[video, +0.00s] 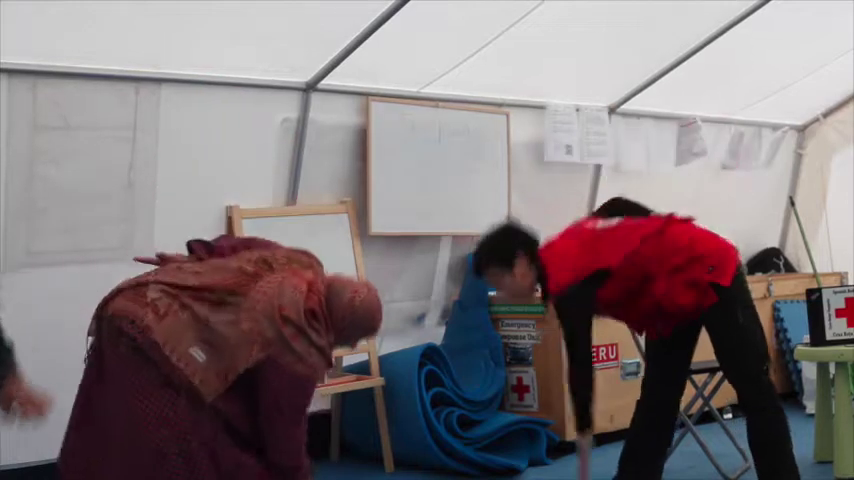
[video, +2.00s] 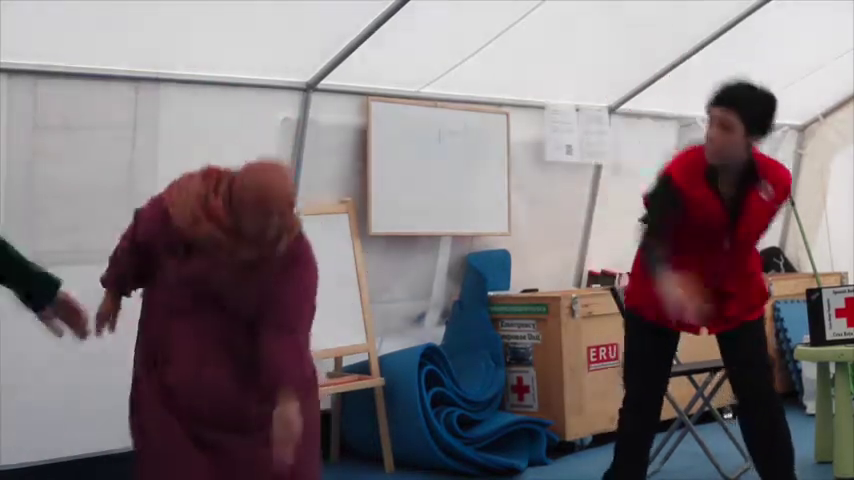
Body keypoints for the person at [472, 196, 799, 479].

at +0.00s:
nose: (500, 292)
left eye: (499, 282)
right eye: (494, 285)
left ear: (521, 265)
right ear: (522, 262)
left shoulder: (567, 277)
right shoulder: (561, 250)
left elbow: (580, 362)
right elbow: (616, 205)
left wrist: (584, 440)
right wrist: (665, 227)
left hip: (714, 276)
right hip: (671, 294)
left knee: (755, 390)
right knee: (656, 403)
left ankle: (780, 474)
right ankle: (635, 476)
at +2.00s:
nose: (711, 136)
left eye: (725, 128)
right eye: (710, 123)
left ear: (752, 137)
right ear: (706, 123)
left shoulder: (775, 181)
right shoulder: (680, 175)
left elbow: (744, 236)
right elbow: (654, 239)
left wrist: (715, 283)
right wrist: (668, 279)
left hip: (733, 287)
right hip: (663, 285)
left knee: (759, 399)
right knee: (641, 404)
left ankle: (780, 474)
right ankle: (625, 475)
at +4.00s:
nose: (577, 89)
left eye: (584, 78)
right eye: (576, 80)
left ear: (616, 82)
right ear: (603, 87)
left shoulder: (657, 118)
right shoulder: (595, 154)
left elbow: (653, 130)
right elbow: (626, 221)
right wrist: (617, 271)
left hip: (699, 275)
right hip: (639, 286)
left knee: (744, 390)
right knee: (633, 405)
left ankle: (775, 474)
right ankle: (623, 477)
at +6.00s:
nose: (658, 57)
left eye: (672, 51)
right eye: (658, 50)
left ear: (699, 71)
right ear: (654, 63)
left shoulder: (724, 130)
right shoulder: (618, 122)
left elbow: (748, 194)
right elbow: (564, 169)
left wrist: (700, 215)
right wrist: (498, 156)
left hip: (704, 277)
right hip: (631, 278)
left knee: (744, 395)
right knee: (630, 405)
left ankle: (776, 478)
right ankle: (622, 479)